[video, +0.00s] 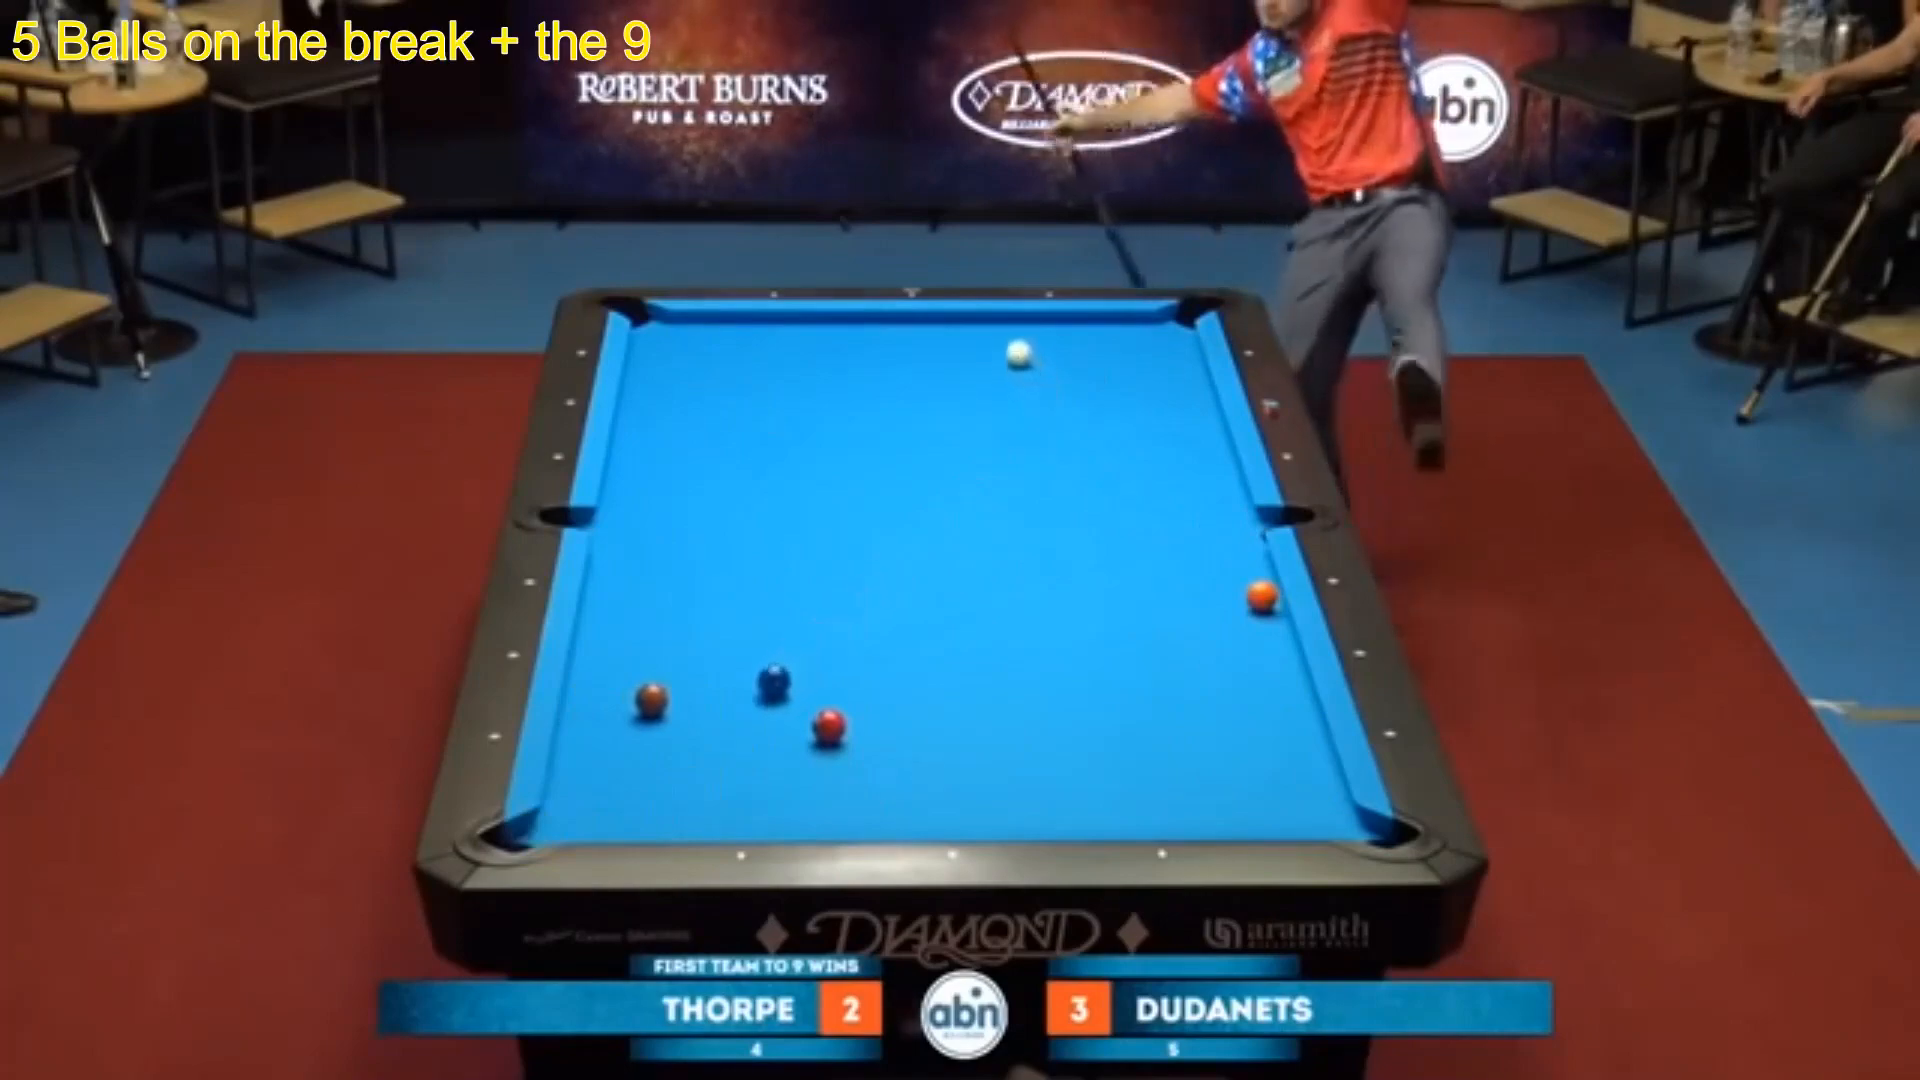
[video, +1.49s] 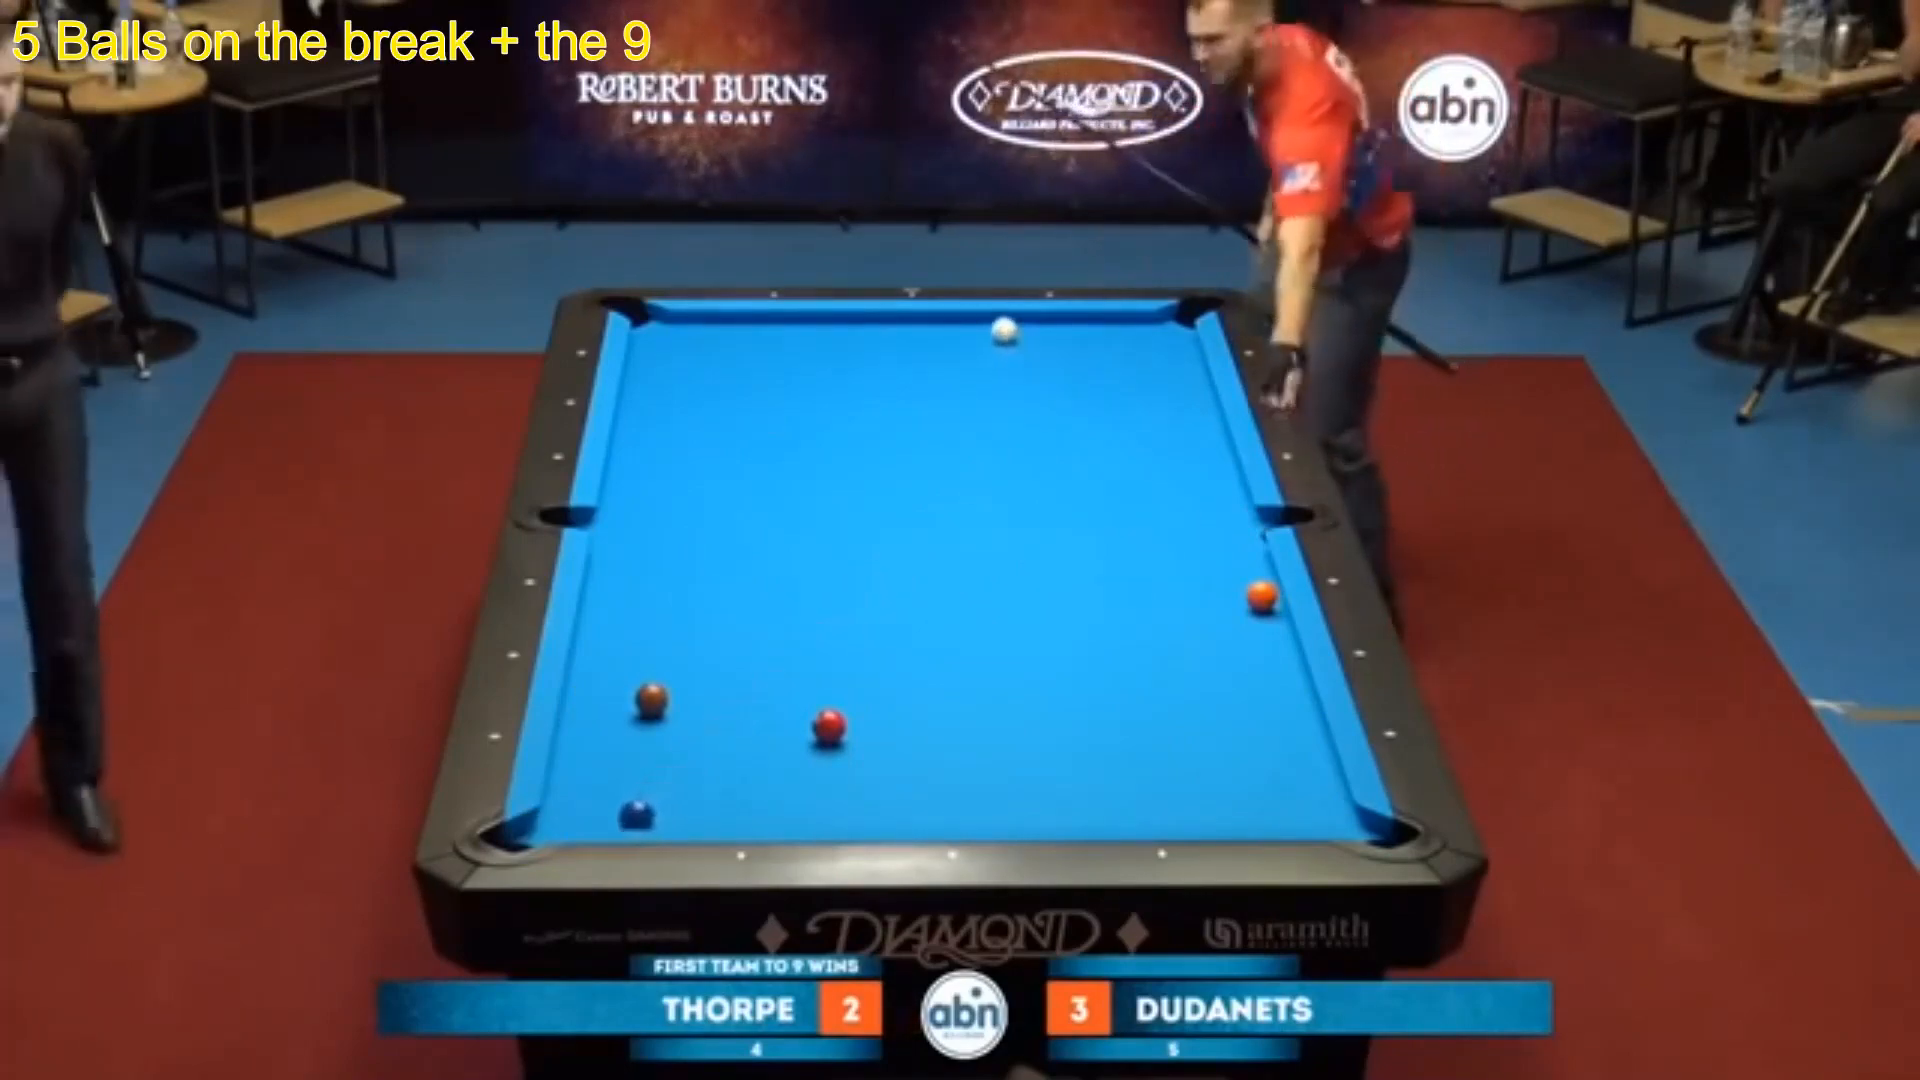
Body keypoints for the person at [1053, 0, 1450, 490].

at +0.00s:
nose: (1269, 7)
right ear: (1252, 3)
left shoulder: (1367, 16)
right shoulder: (1256, 65)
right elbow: (1175, 99)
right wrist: (1086, 120)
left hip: (1406, 203)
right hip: (1328, 224)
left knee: (1408, 292)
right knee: (1295, 374)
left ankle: (1423, 416)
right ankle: (1320, 518)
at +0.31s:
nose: (1262, 9)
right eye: (1254, 1)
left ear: (1309, 1)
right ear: (1247, 8)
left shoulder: (1360, 18)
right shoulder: (1255, 82)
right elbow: (1183, 127)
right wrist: (1101, 156)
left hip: (1410, 208)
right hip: (1333, 229)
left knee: (1405, 314)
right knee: (1292, 370)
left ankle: (1416, 459)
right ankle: (1318, 516)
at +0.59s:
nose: (1265, 6)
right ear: (1253, 6)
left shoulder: (1360, 25)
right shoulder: (1259, 74)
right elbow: (1202, 145)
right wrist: (1120, 193)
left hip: (1403, 225)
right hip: (1327, 238)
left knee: (1390, 356)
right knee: (1289, 381)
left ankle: (1401, 536)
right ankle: (1317, 533)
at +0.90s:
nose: (1273, 15)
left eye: (1288, 3)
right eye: (1264, 4)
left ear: (1325, 4)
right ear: (1256, 9)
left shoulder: (1377, 70)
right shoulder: (1292, 64)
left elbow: (1420, 202)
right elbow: (1302, 178)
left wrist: (1410, 320)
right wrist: (1290, 272)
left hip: (1371, 276)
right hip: (1305, 267)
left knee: (1336, 449)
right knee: (1287, 432)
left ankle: (1368, 605)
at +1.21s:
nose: (1273, 42)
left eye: (1287, 25)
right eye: (1261, 28)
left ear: (1326, 12)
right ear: (1250, 20)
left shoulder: (1366, 94)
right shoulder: (1306, 57)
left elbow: (1385, 236)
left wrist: (1355, 347)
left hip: (1369, 271)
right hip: (1316, 249)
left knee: (1334, 441)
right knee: (1271, 389)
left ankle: (1365, 596)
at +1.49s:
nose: (1202, 57)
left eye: (1215, 41)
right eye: (1195, 43)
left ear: (1258, 30)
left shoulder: (1308, 93)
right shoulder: (1266, 52)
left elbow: (1305, 242)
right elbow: (1292, 144)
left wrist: (1286, 348)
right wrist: (1275, 207)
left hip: (1358, 252)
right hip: (1292, 238)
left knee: (1330, 433)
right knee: (1269, 396)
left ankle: (1371, 603)